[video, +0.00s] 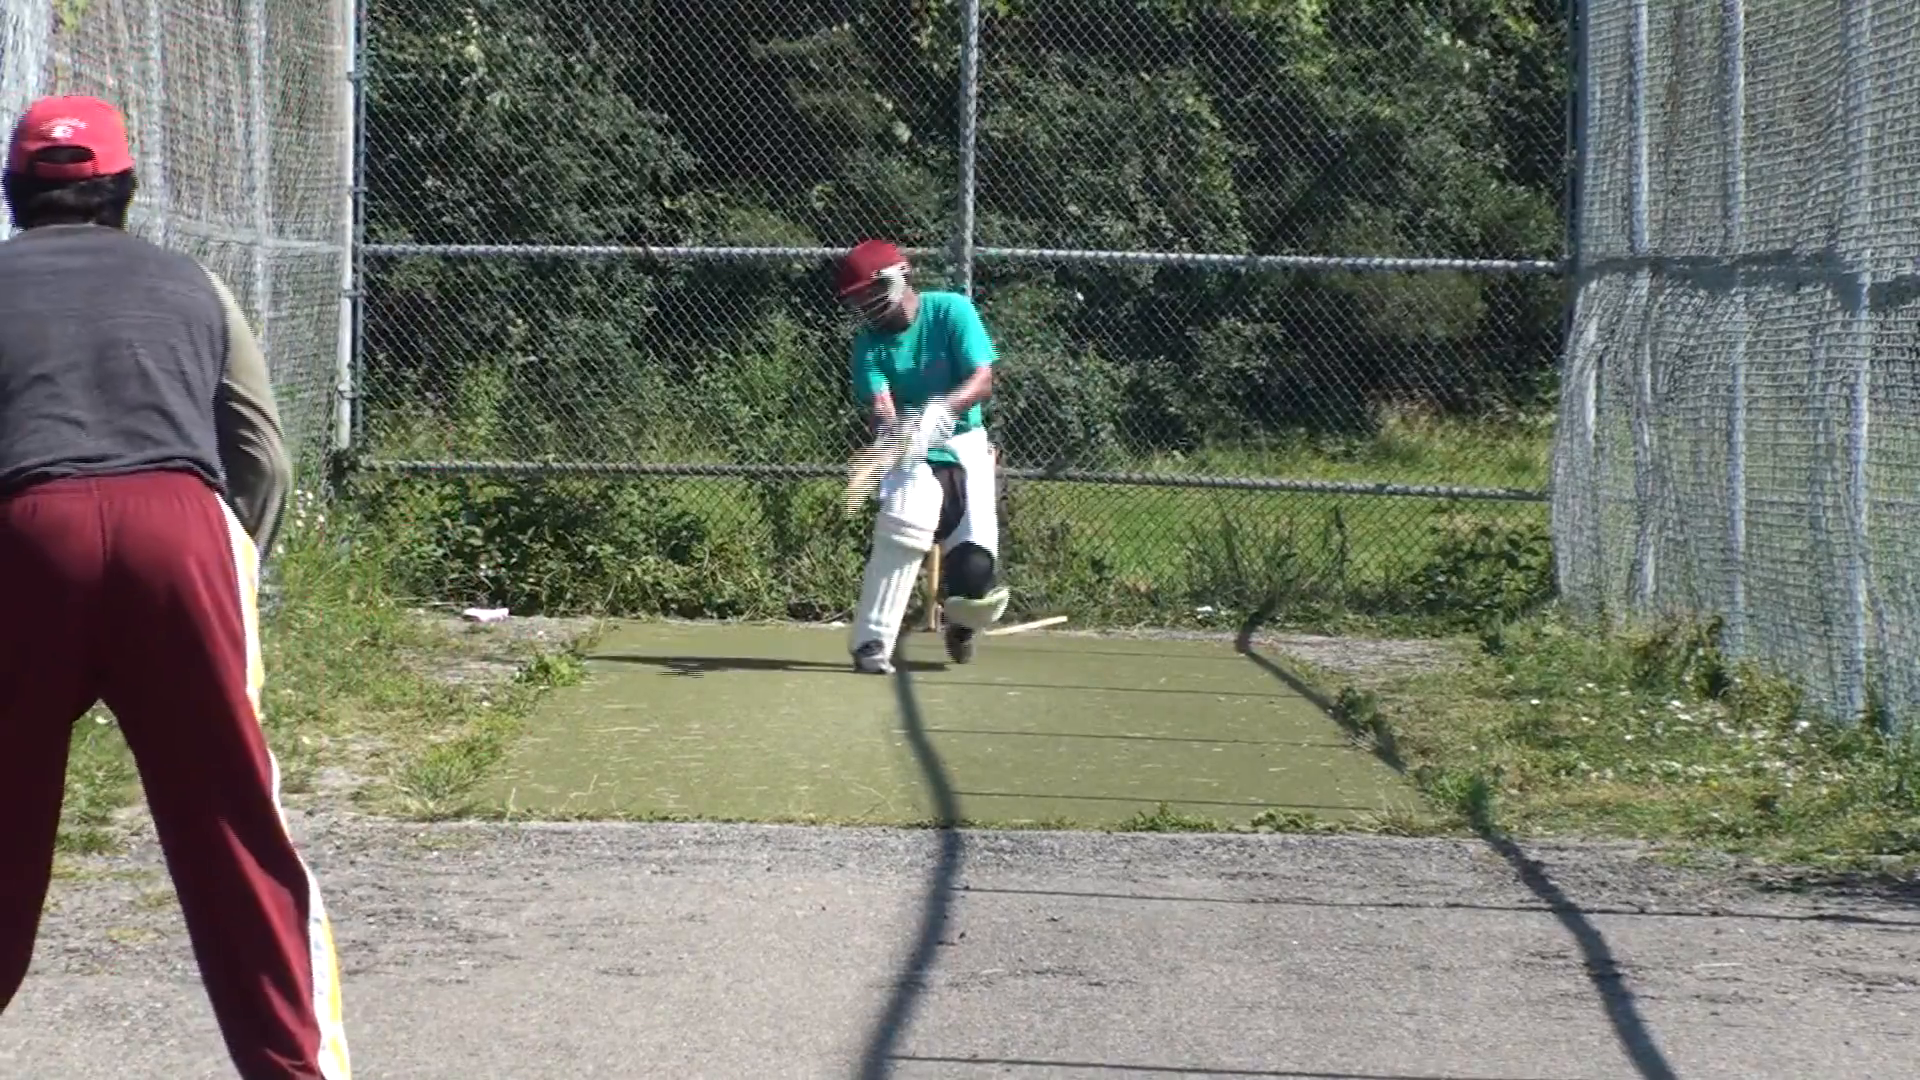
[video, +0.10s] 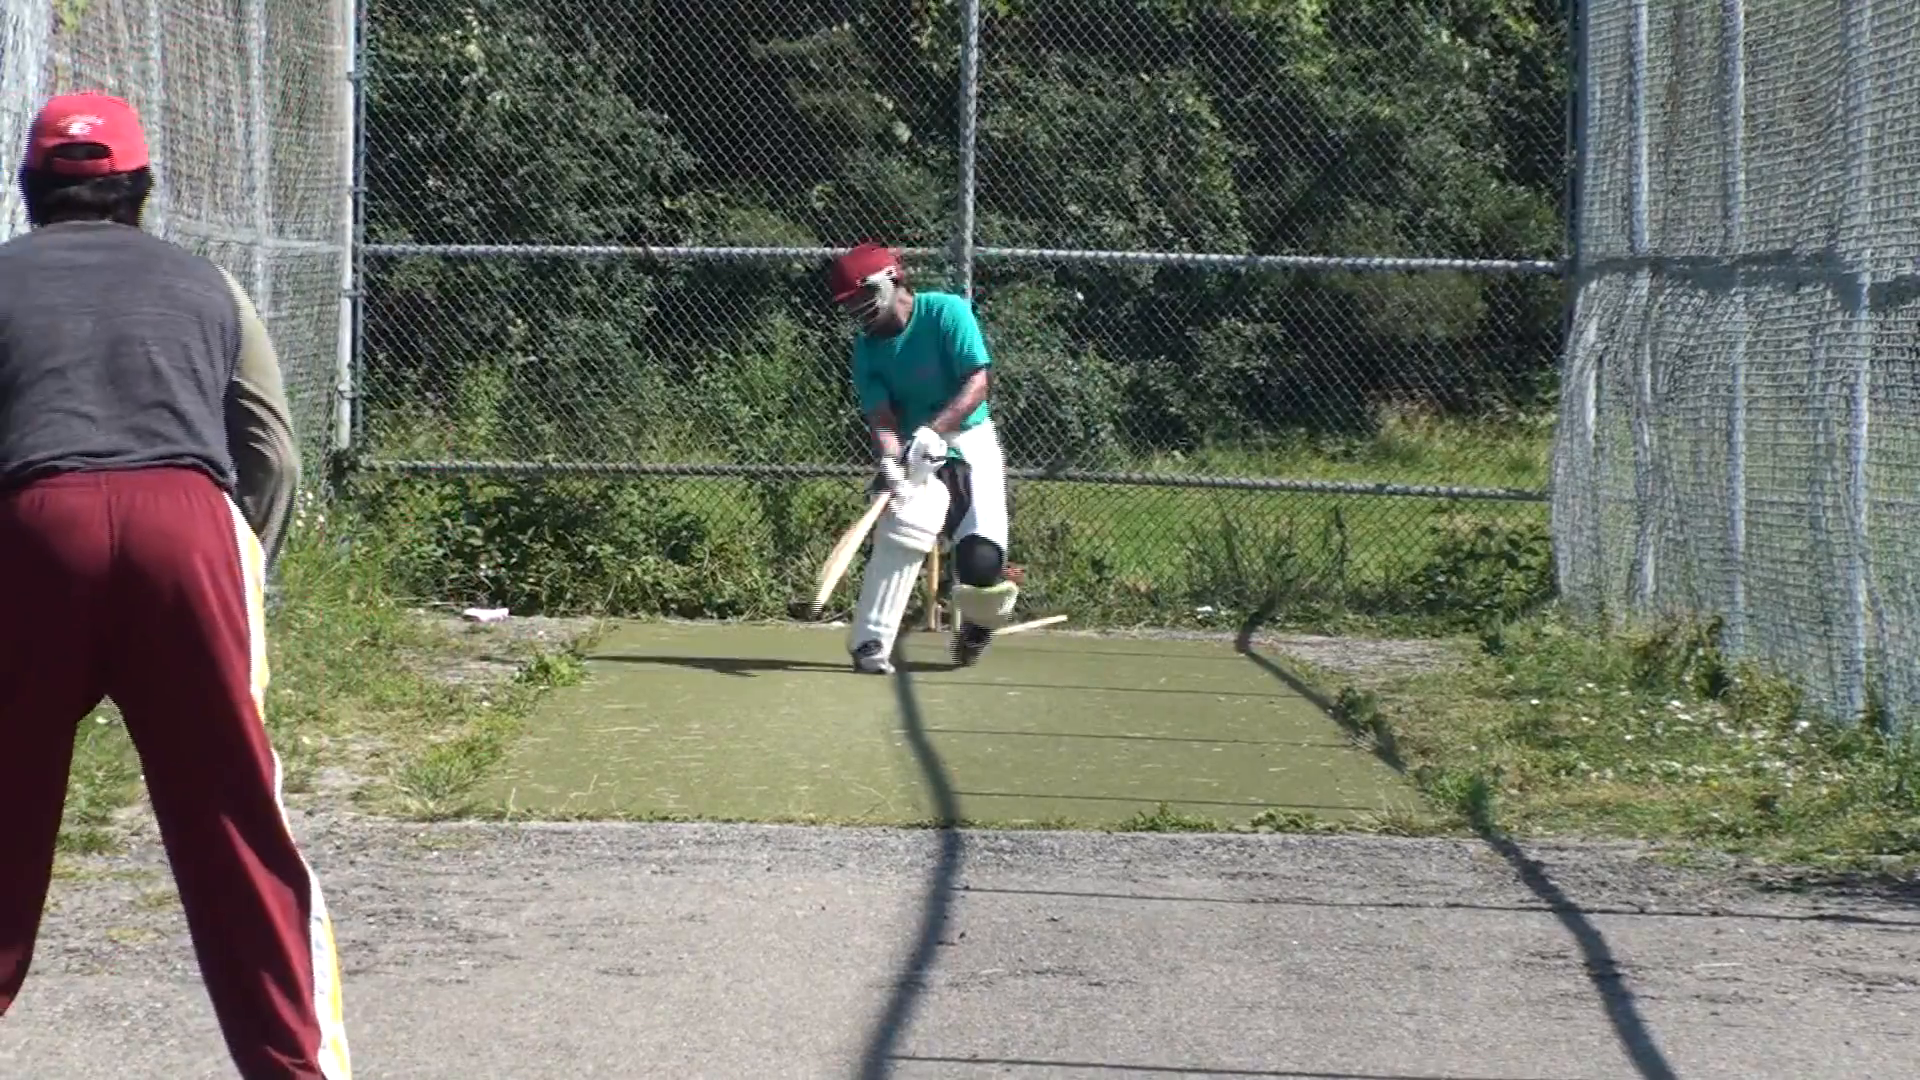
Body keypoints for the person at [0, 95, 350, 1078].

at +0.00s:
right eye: (114, 183)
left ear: (16, 194)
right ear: (124, 194)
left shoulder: (2, 273)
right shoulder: (190, 281)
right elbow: (259, 449)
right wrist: (230, 568)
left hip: (29, 531)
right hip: (175, 529)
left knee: (7, 825)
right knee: (226, 811)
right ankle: (291, 1058)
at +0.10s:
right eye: (131, 181)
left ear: (31, 192)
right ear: (141, 191)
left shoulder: (6, 271)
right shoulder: (206, 280)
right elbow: (269, 447)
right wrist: (239, 569)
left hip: (36, 525)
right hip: (183, 524)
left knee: (10, 815)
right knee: (229, 806)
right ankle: (292, 1058)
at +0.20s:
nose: (132, 192)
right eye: (142, 177)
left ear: (46, 188)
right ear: (156, 188)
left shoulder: (11, 271)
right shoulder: (223, 283)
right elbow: (279, 451)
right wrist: (248, 577)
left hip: (41, 525)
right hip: (192, 525)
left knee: (11, 821)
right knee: (235, 811)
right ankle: (294, 1059)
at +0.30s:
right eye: (164, 180)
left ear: (63, 189)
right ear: (176, 189)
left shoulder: (18, 270)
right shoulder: (237, 279)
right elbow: (294, 455)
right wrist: (264, 585)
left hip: (48, 528)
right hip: (203, 529)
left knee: (17, 825)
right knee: (243, 819)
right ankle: (297, 1060)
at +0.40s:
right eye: (191, 166)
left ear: (92, 176)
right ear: (204, 181)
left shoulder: (32, 272)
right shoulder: (259, 275)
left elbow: (11, 403)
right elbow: (319, 449)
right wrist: (289, 583)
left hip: (60, 538)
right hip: (213, 539)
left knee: (19, 829)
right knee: (256, 829)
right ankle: (300, 1061)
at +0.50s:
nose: (224, 163)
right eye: (230, 149)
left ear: (132, 161)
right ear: (239, 162)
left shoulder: (58, 261)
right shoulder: (290, 267)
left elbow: (11, 424)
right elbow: (339, 454)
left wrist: (26, 533)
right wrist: (310, 584)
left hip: (65, 538)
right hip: (224, 542)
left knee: (29, 825)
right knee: (282, 820)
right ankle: (284, 1053)